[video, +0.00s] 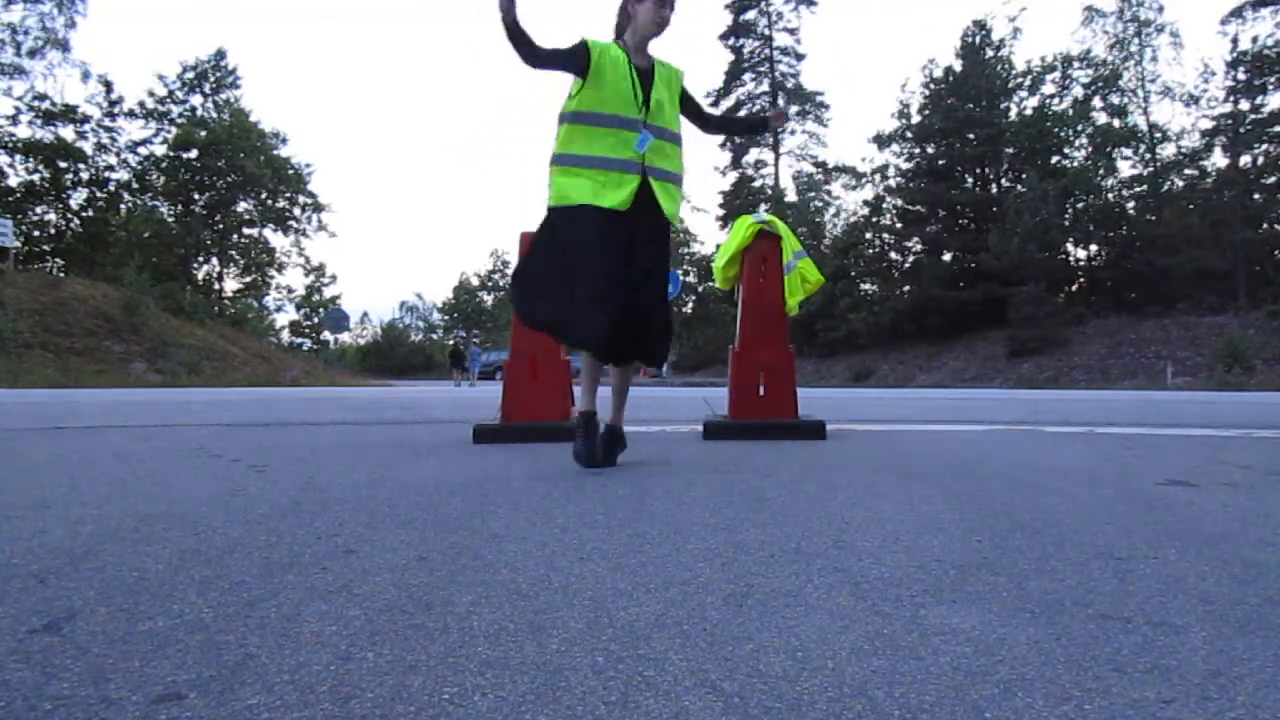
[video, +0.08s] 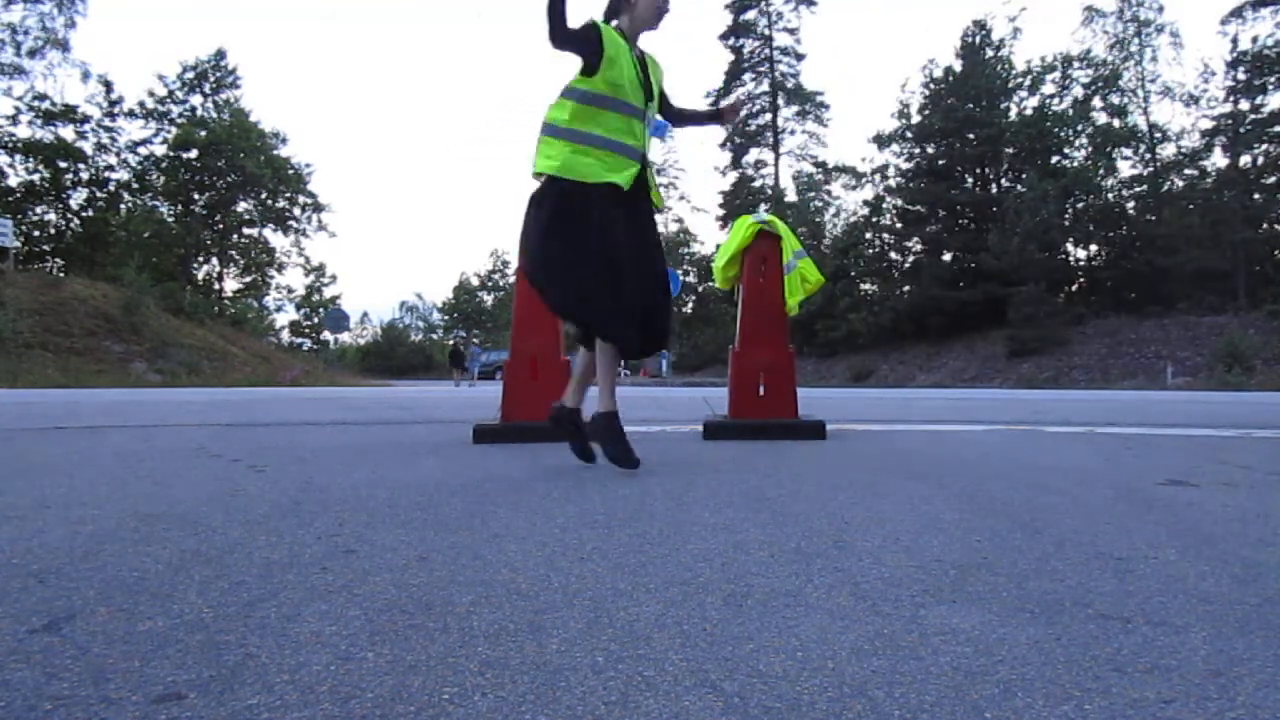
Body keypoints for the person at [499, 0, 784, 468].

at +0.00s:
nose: (667, 13)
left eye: (669, 8)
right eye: (659, 4)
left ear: (664, 20)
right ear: (631, 7)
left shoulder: (669, 78)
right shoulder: (596, 54)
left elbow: (711, 122)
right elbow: (537, 58)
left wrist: (765, 122)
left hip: (647, 214)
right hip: (591, 207)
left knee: (635, 320)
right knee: (596, 312)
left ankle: (616, 425)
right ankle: (586, 416)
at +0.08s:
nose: (664, 8)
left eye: (664, 3)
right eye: (657, 1)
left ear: (640, 8)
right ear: (630, 2)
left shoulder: (649, 66)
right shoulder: (601, 37)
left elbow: (669, 114)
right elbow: (561, 36)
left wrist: (717, 115)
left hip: (620, 195)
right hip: (581, 191)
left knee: (615, 304)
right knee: (611, 299)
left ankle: (569, 406)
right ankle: (604, 414)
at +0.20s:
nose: (651, 22)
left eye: (651, 15)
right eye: (647, 14)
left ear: (618, 14)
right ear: (625, 11)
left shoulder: (610, 68)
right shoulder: (603, 46)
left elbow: (597, 140)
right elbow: (619, 54)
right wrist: (668, 22)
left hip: (585, 200)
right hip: (591, 197)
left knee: (590, 315)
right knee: (618, 315)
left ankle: (539, 414)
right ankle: (598, 431)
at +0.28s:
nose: (632, 43)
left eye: (630, 35)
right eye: (630, 33)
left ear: (586, 35)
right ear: (618, 29)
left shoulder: (568, 88)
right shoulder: (610, 66)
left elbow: (547, 152)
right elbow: (662, 80)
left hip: (555, 223)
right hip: (599, 218)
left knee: (577, 332)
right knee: (628, 331)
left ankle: (533, 432)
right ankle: (589, 444)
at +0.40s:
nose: (602, 49)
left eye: (591, 43)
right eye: (602, 43)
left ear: (559, 46)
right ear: (599, 45)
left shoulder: (533, 98)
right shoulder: (619, 85)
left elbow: (483, 143)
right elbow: (698, 105)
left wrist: (436, 176)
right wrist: (772, 103)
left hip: (538, 239)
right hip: (597, 237)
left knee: (550, 341)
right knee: (634, 335)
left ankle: (520, 449)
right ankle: (592, 445)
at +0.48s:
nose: (566, 41)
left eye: (546, 38)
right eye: (580, 34)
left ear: (540, 40)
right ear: (584, 37)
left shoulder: (516, 83)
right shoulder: (617, 81)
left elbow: (450, 123)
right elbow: (678, 106)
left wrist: (382, 147)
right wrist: (728, 113)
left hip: (525, 235)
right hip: (598, 233)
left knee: (529, 336)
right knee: (609, 335)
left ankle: (519, 450)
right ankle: (589, 447)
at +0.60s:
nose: (502, 27)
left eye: (504, 18)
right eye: (503, 19)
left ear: (517, 17)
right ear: (552, 20)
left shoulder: (507, 53)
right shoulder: (587, 67)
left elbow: (446, 77)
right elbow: (622, 104)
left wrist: (366, 83)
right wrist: (587, 89)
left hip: (521, 213)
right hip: (588, 215)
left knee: (501, 324)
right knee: (574, 328)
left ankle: (501, 444)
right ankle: (581, 446)